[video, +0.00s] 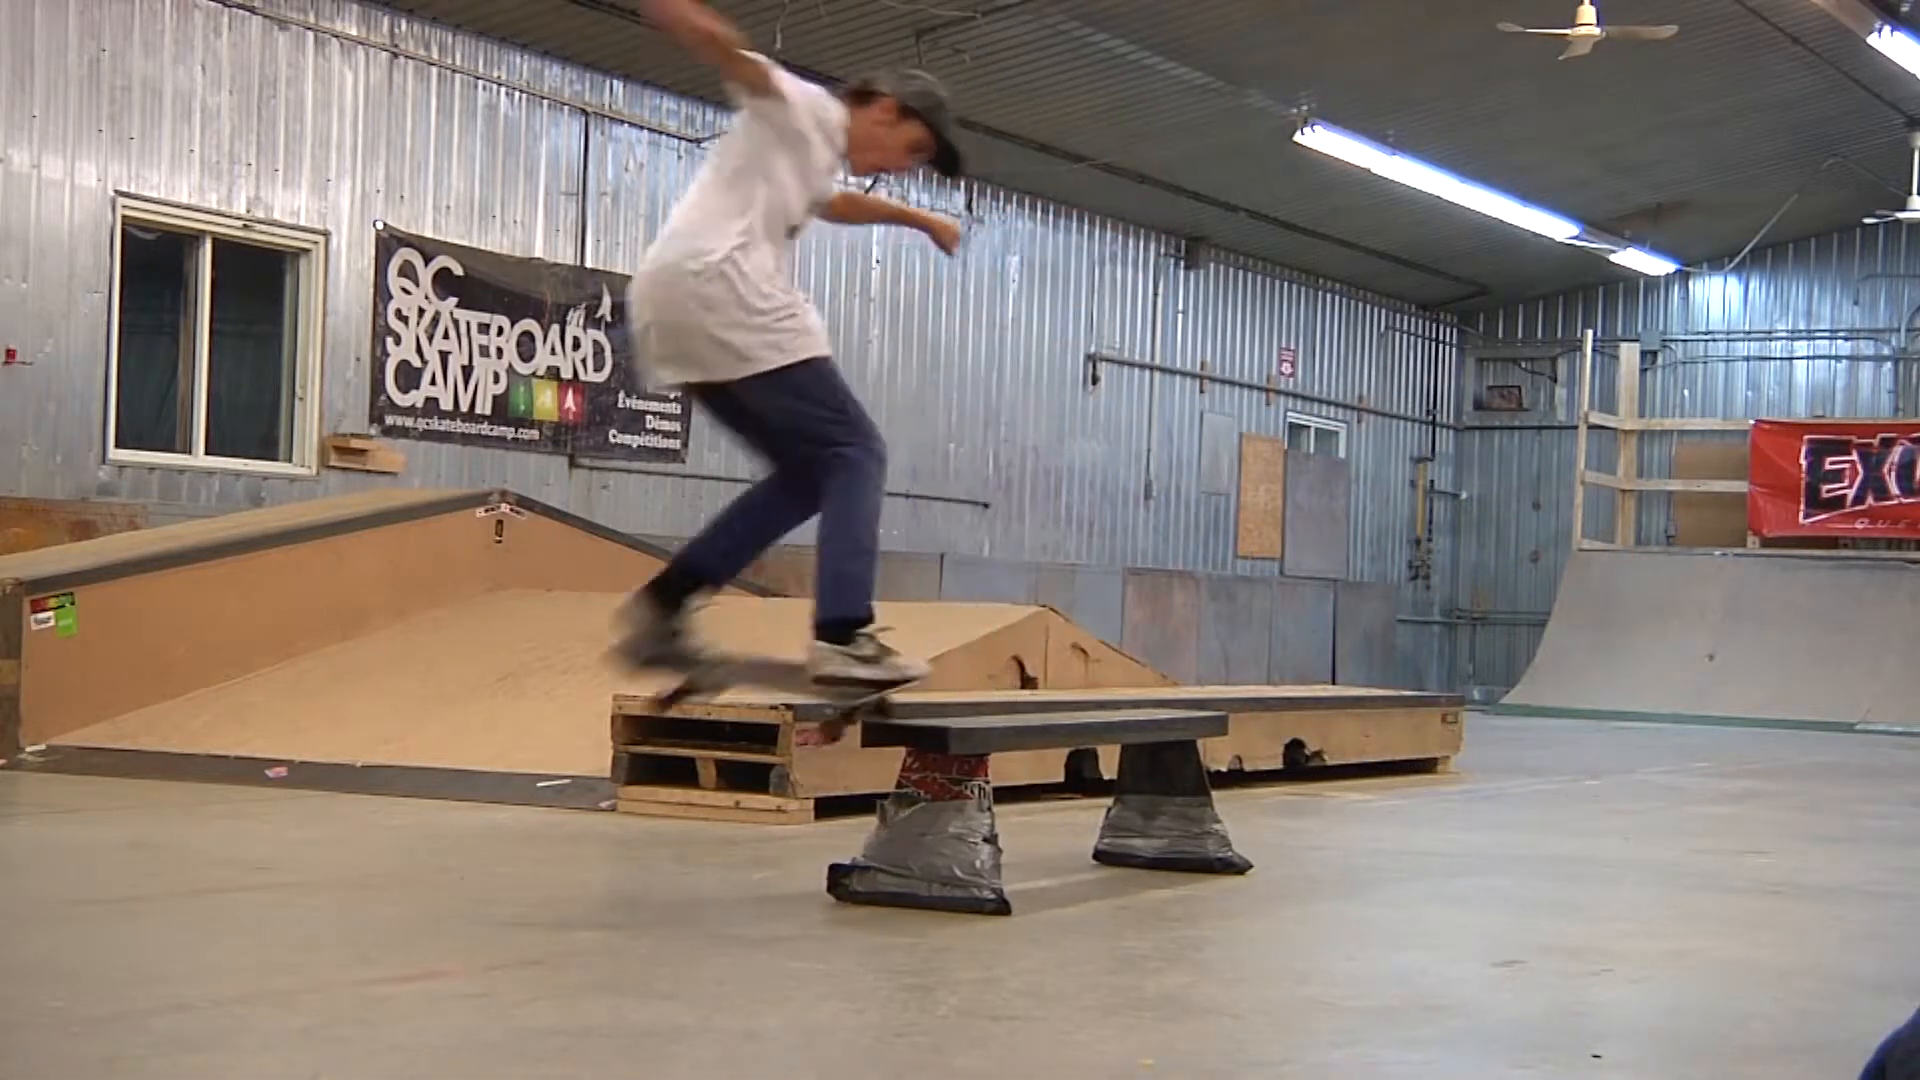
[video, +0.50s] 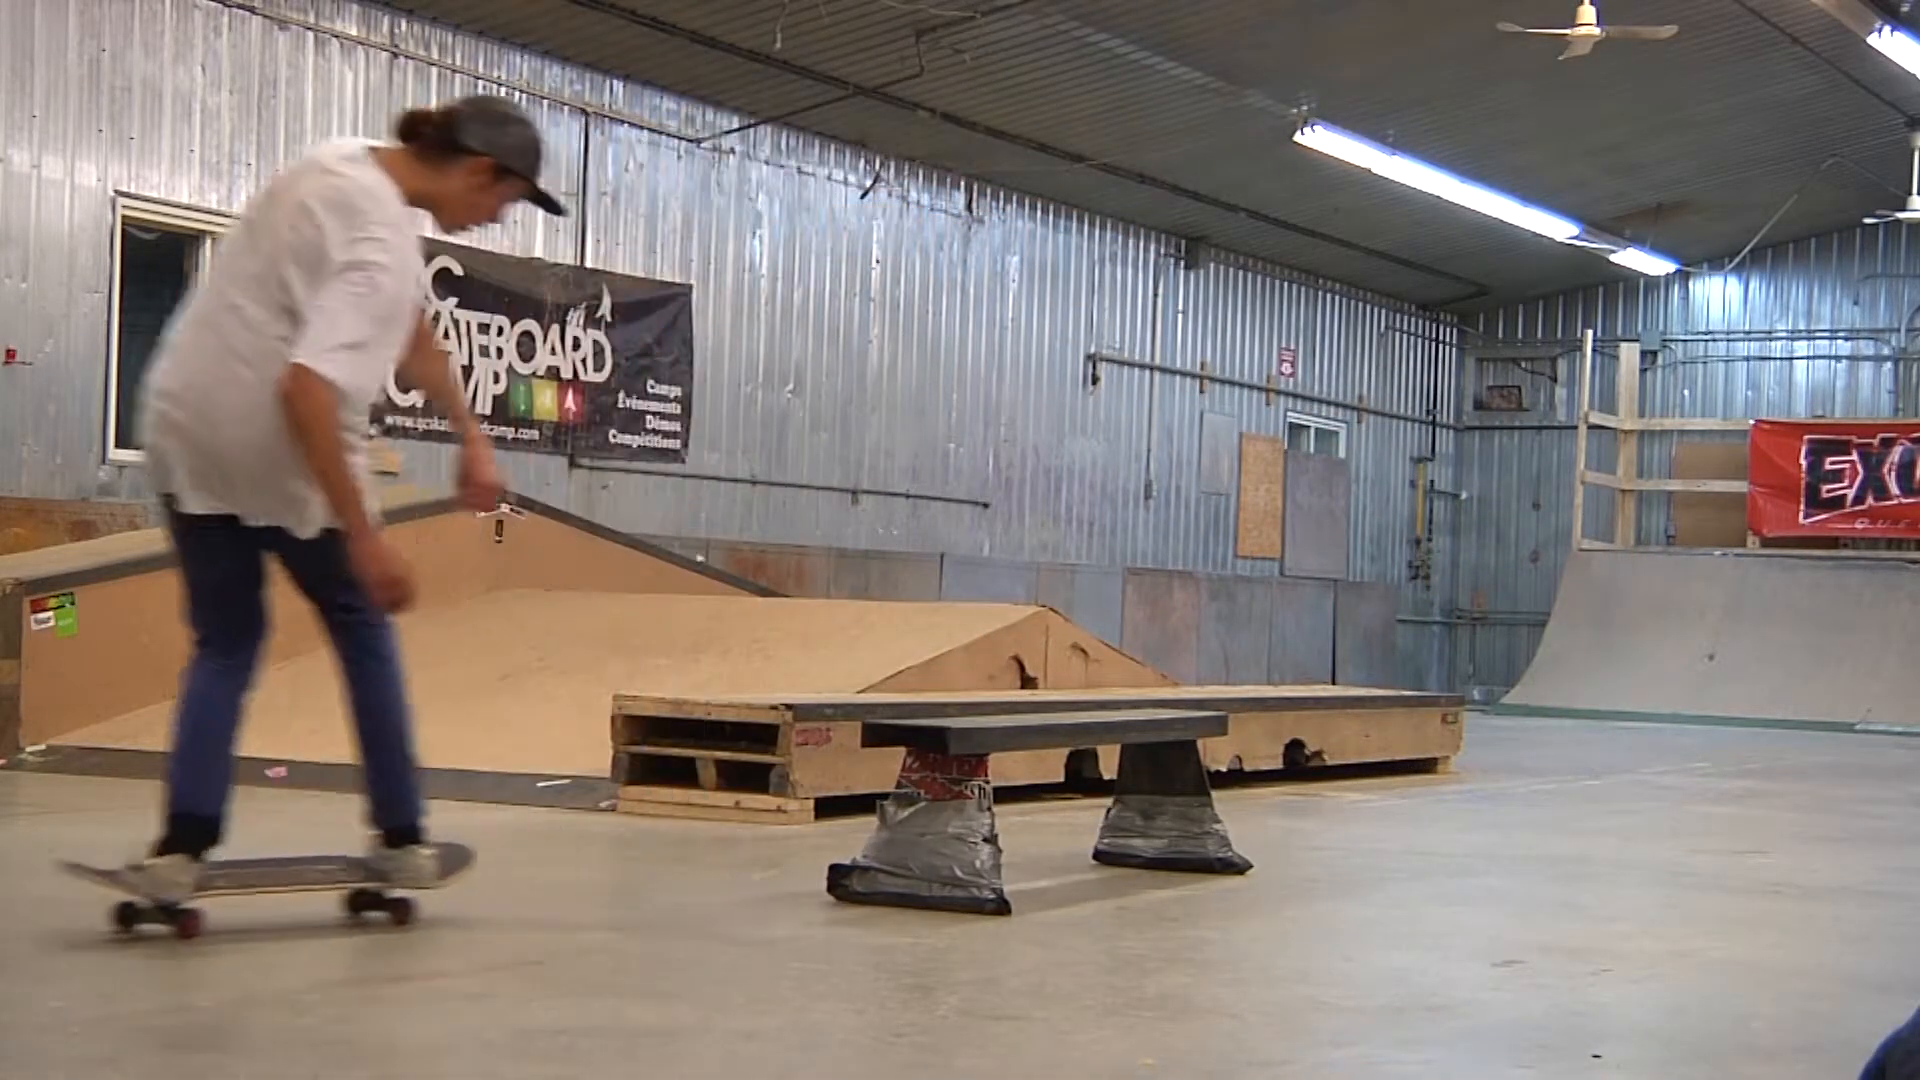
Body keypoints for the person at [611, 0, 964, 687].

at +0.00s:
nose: (902, 167)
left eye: (914, 162)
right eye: (911, 148)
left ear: (884, 122)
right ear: (887, 108)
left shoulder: (817, 165)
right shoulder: (810, 106)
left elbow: (836, 205)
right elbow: (748, 72)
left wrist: (920, 220)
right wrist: (711, 36)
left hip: (674, 303)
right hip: (721, 283)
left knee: (808, 473)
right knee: (855, 450)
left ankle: (660, 609)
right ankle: (843, 637)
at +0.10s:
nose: (812, 174)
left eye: (823, 165)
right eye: (819, 154)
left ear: (798, 135)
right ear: (789, 114)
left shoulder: (756, 198)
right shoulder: (694, 122)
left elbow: (843, 237)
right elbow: (575, 85)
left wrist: (948, 228)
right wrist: (463, 30)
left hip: (616, 372)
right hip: (690, 353)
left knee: (668, 584)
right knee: (783, 515)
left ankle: (545, 731)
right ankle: (763, 693)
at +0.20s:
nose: (731, 210)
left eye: (741, 201)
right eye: (734, 190)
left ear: (709, 173)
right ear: (699, 157)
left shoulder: (677, 248)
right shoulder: (622, 202)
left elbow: (781, 277)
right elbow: (494, 218)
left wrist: (847, 233)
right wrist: (357, 240)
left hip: (531, 471)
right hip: (612, 467)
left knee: (557, 668)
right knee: (660, 651)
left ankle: (465, 821)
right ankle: (685, 833)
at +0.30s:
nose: (661, 248)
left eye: (671, 235)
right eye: (668, 228)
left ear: (635, 196)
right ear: (640, 194)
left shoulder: (575, 256)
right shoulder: (548, 241)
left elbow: (664, 331)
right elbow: (434, 342)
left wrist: (690, 292)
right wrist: (406, 490)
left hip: (428, 500)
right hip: (498, 499)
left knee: (459, 688)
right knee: (573, 645)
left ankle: (375, 843)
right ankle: (589, 839)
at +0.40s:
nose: (581, 242)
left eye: (594, 230)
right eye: (592, 223)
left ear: (546, 181)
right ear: (562, 188)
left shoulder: (426, 200)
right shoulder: (473, 245)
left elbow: (516, 291)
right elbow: (399, 391)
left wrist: (548, 366)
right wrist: (448, 537)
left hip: (288, 455)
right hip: (372, 470)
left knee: (340, 655)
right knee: (472, 630)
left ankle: (280, 839)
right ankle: (501, 836)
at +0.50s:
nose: (496, 218)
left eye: (509, 205)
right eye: (505, 198)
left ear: (446, 149)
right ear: (475, 167)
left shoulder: (328, 166)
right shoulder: (386, 241)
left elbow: (406, 326)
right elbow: (308, 386)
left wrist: (471, 433)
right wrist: (362, 534)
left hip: (183, 430)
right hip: (279, 453)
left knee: (225, 640)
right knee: (361, 626)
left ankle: (183, 845)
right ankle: (401, 838)